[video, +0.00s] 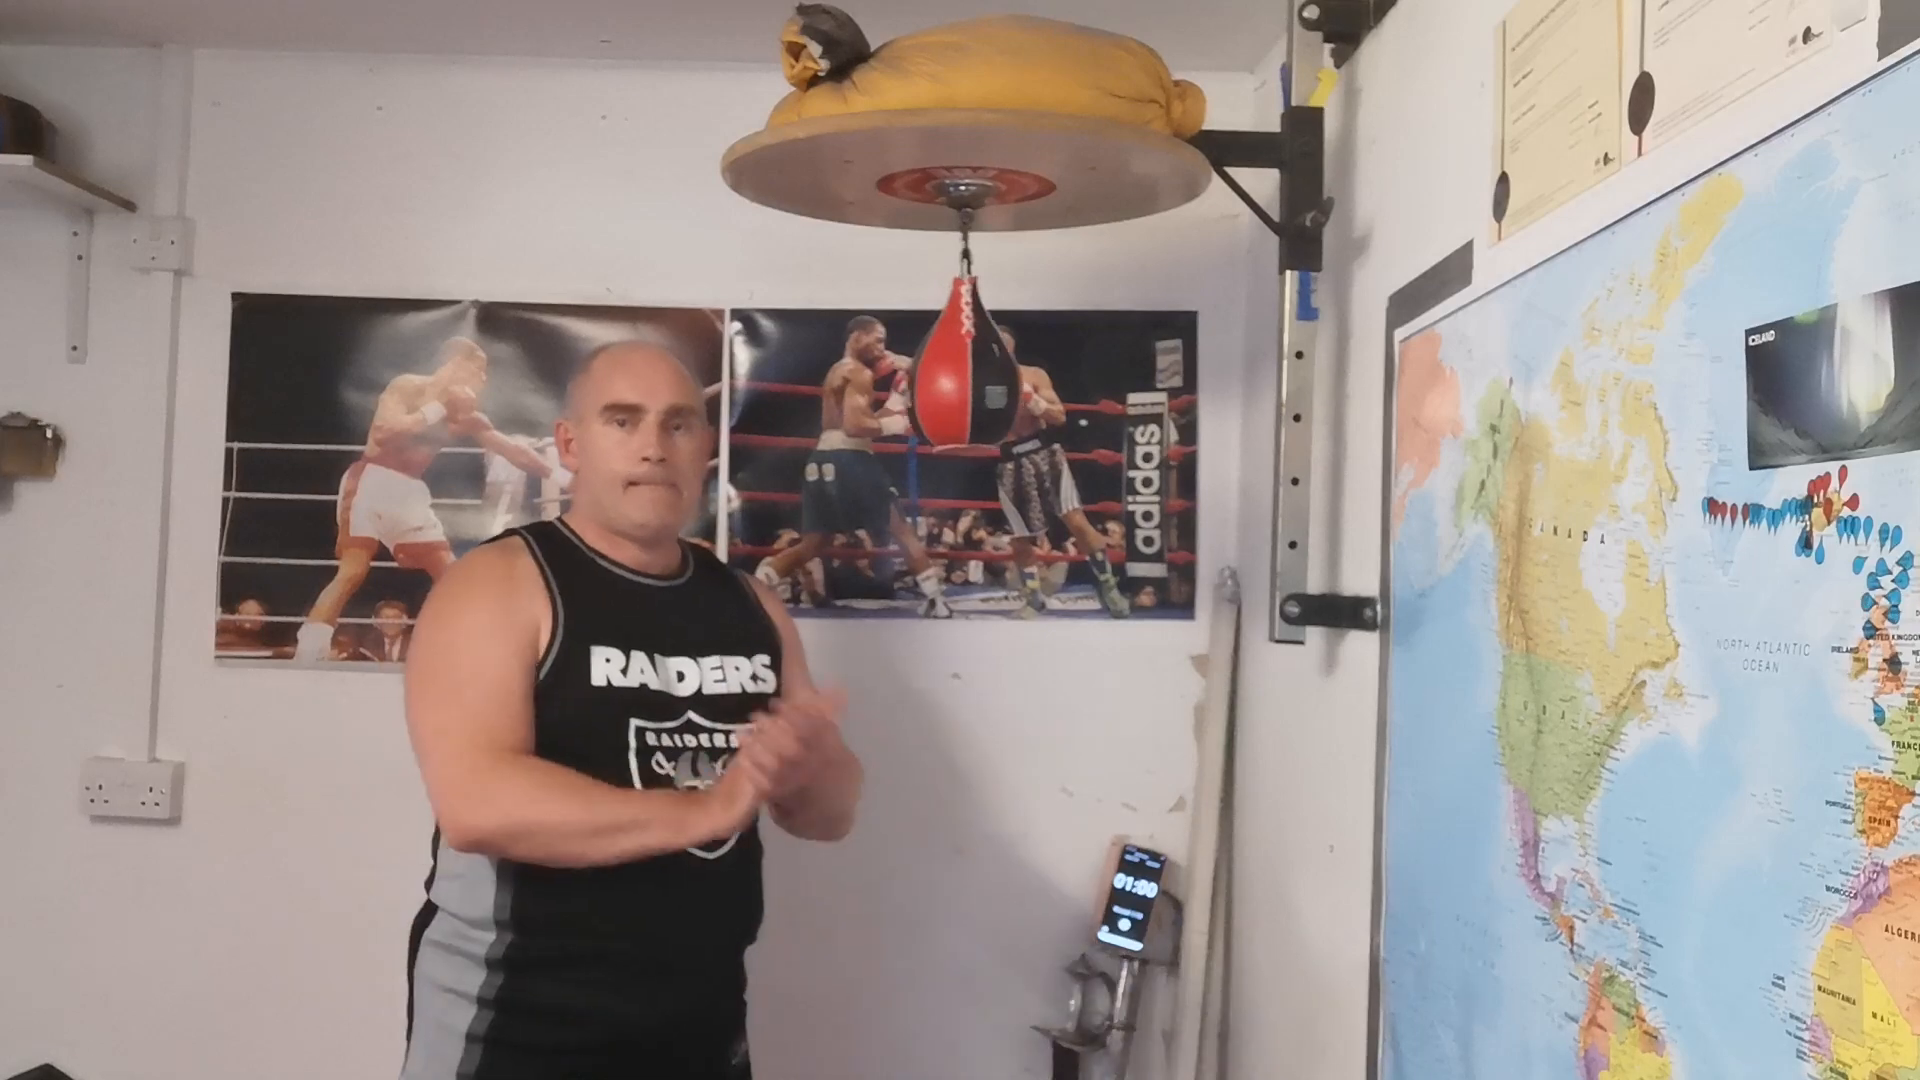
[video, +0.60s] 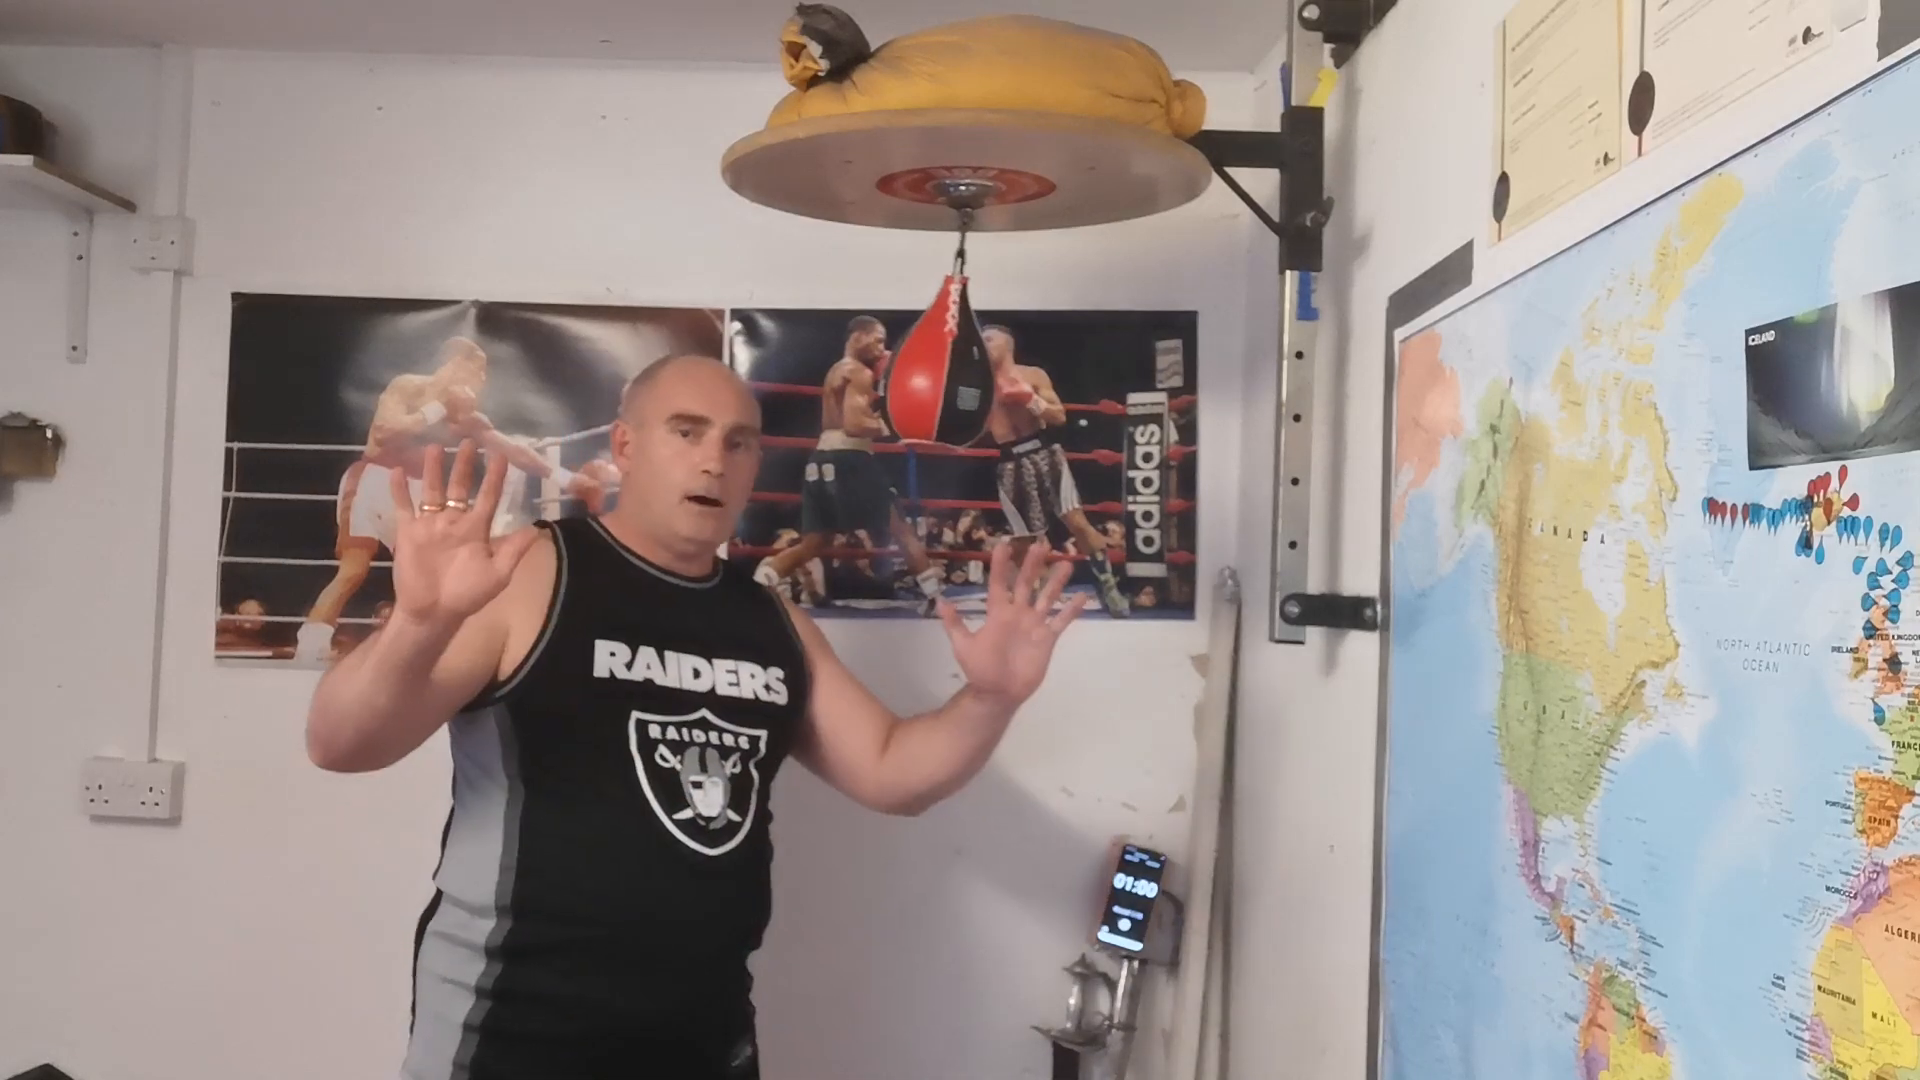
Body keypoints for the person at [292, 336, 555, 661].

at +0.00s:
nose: (481, 380)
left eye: (483, 373)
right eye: (477, 370)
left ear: (472, 376)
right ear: (453, 363)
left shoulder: (463, 407)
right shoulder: (405, 386)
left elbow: (506, 447)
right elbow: (382, 434)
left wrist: (555, 475)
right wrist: (434, 412)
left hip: (409, 493)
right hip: (370, 482)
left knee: (448, 573)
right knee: (352, 571)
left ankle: (450, 658)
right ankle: (306, 651)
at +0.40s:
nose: (474, 380)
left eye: (479, 373)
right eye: (469, 370)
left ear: (481, 377)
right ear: (450, 365)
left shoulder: (463, 412)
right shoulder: (406, 387)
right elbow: (385, 431)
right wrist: (438, 407)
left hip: (413, 488)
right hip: (373, 477)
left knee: (413, 572)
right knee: (352, 570)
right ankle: (311, 640)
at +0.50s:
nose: (472, 380)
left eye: (478, 373)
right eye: (466, 370)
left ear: (482, 380)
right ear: (448, 366)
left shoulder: (468, 417)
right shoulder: (407, 386)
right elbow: (384, 429)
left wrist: (482, 429)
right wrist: (436, 409)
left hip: (424, 486)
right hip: (378, 475)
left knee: (418, 573)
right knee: (353, 572)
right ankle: (309, 644)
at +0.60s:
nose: (472, 386)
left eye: (477, 379)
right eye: (468, 375)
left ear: (480, 382)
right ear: (449, 369)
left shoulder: (467, 419)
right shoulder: (406, 388)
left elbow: (513, 452)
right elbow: (387, 431)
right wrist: (439, 409)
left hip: (425, 491)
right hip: (378, 479)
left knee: (434, 576)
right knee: (353, 570)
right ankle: (309, 640)